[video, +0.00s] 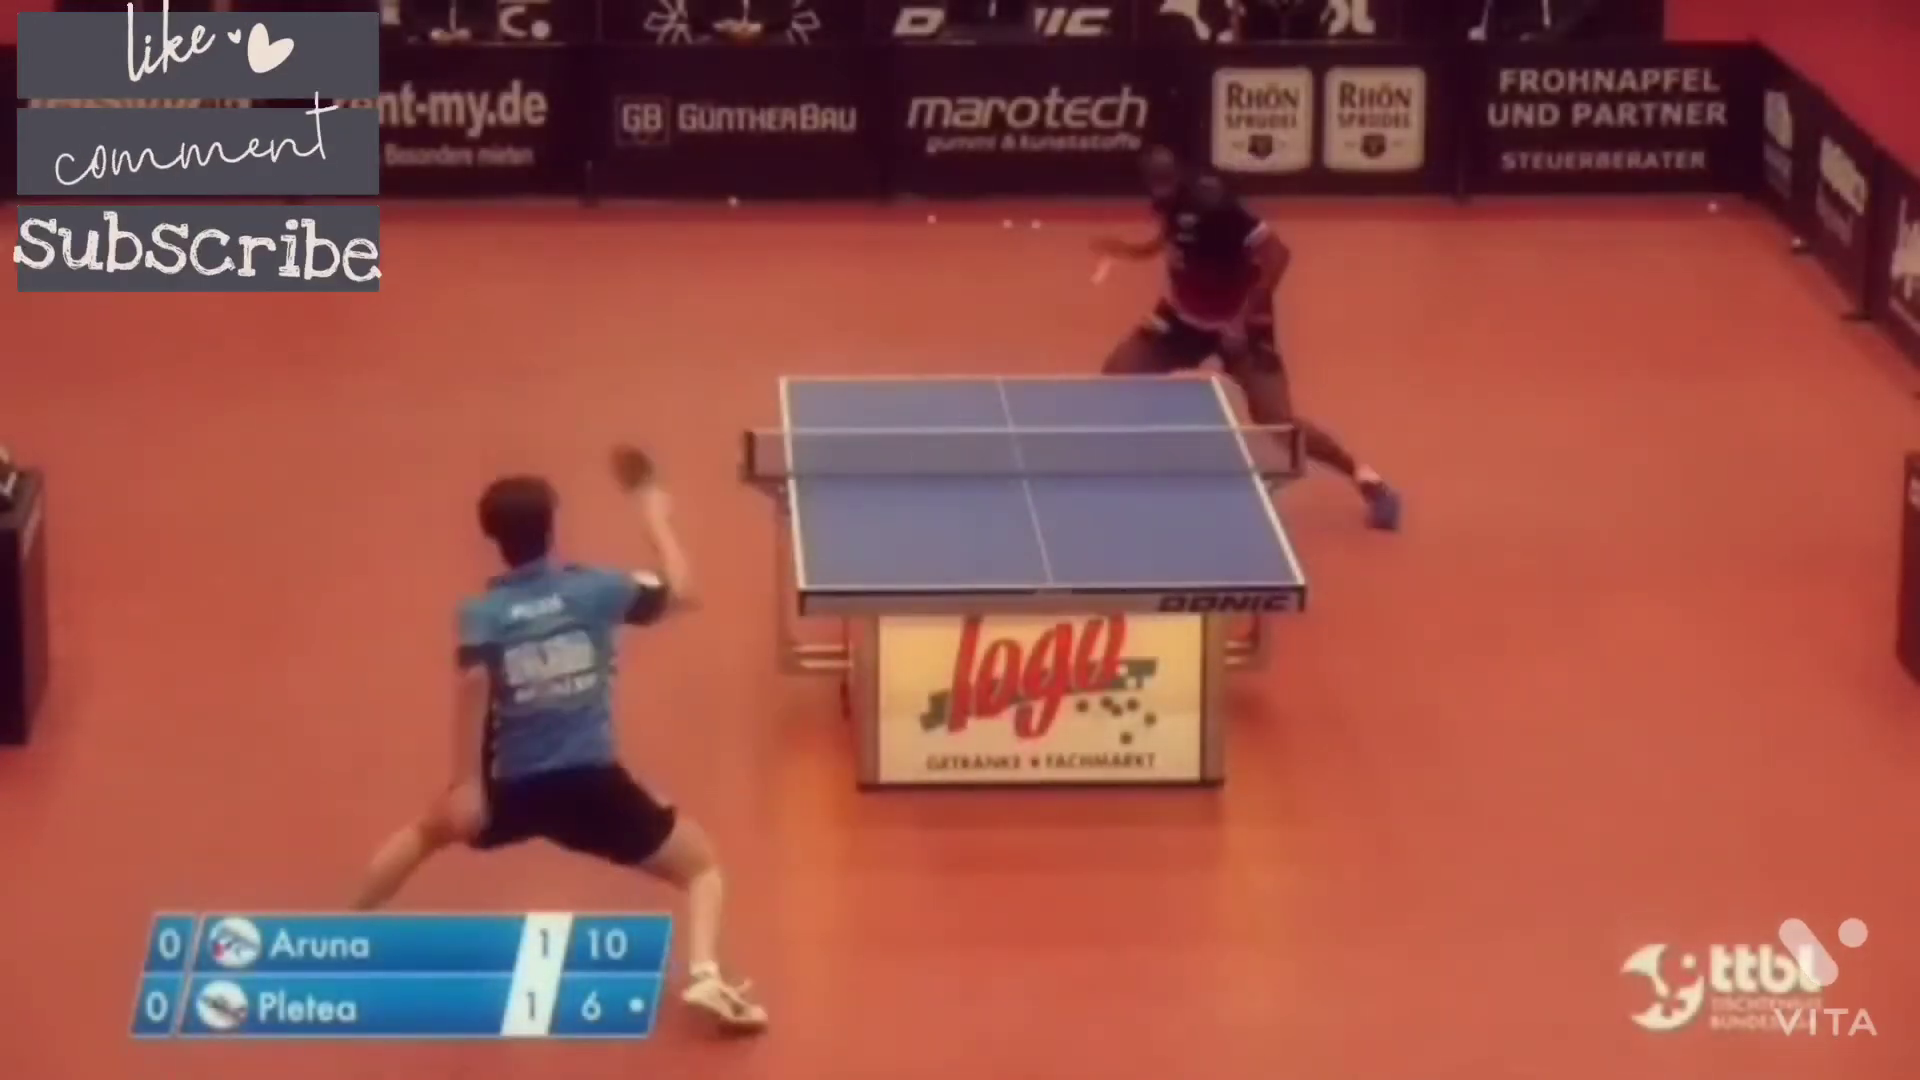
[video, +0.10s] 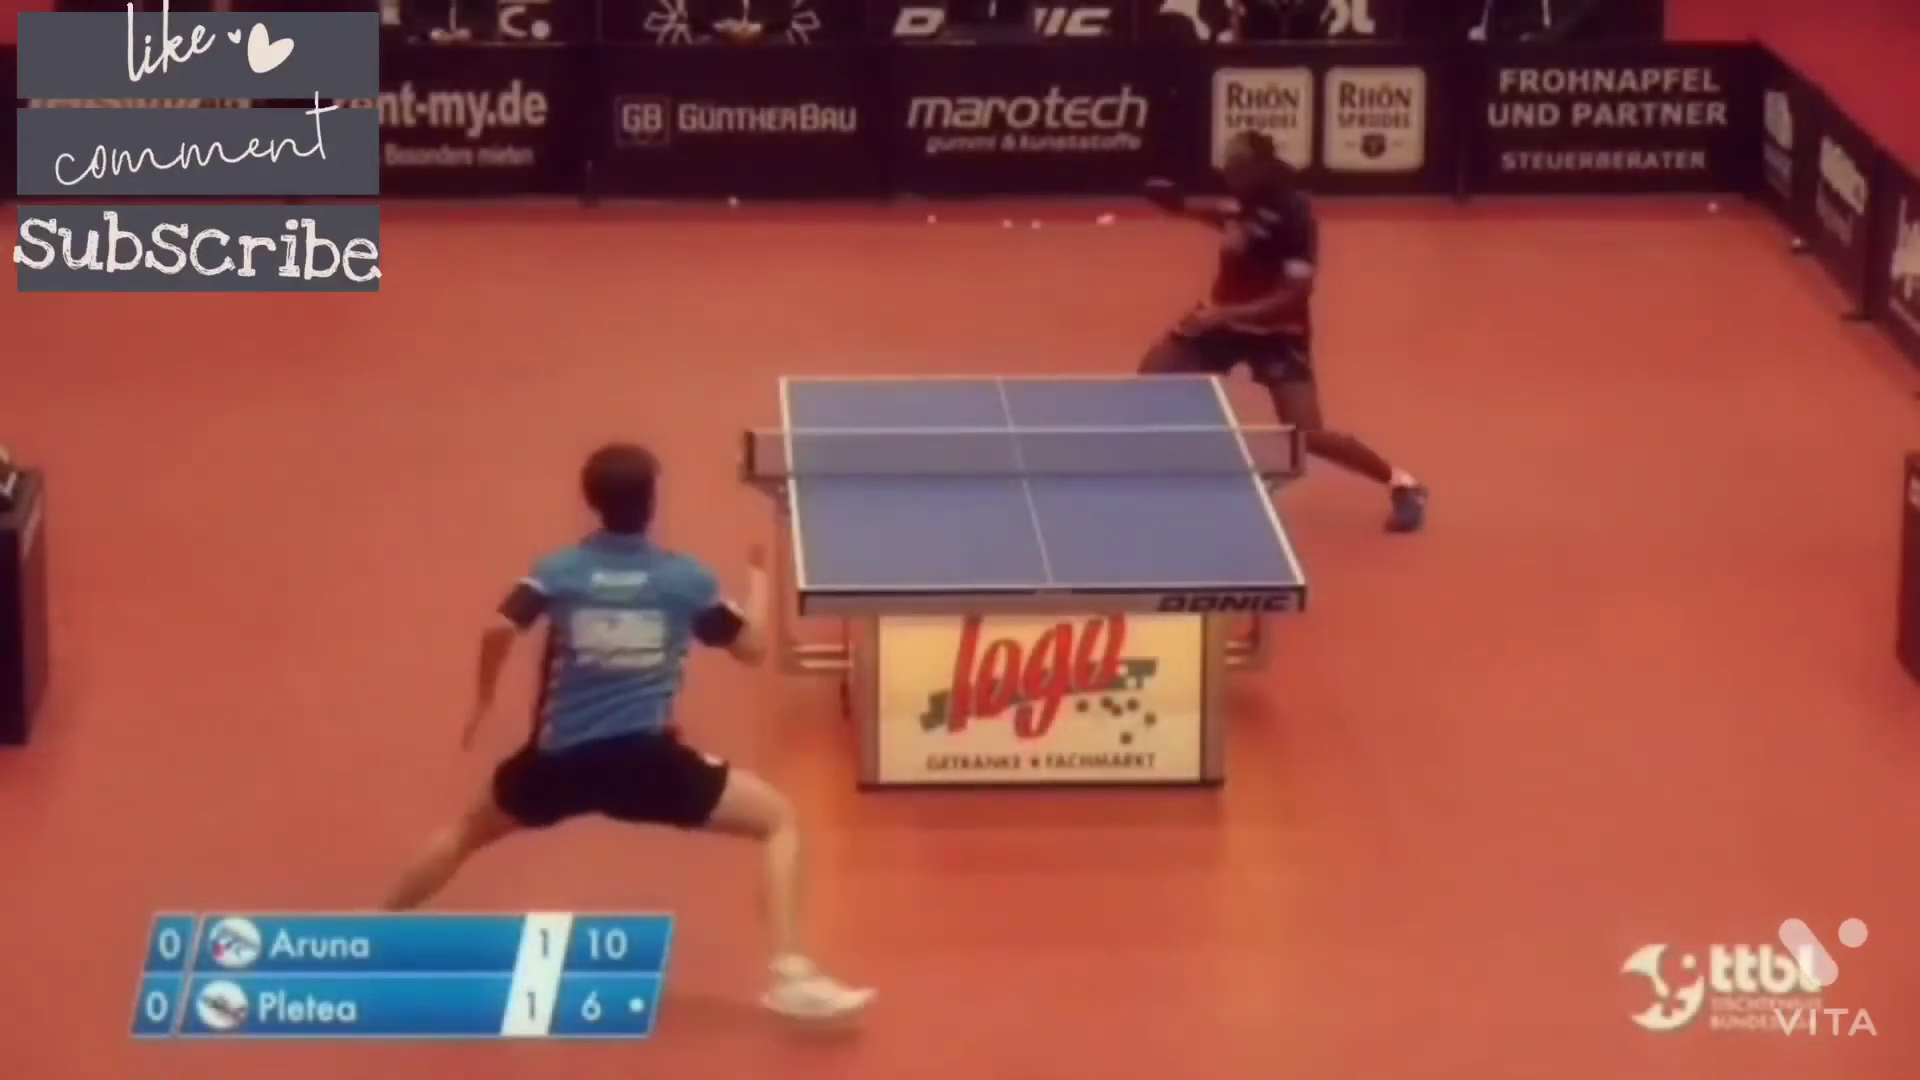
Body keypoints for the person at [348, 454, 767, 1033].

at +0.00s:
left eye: (498, 528)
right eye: (539, 518)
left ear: (494, 537)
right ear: (551, 525)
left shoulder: (481, 611)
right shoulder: (594, 588)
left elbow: (471, 698)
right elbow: (682, 592)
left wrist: (460, 784)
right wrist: (653, 509)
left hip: (515, 795)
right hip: (592, 788)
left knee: (426, 832)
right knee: (700, 869)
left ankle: (342, 928)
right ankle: (704, 975)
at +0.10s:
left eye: (607, 490)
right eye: (646, 489)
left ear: (592, 502)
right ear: (652, 501)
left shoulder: (561, 570)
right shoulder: (681, 578)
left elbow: (498, 631)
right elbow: (753, 647)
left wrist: (483, 702)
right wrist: (764, 584)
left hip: (558, 763)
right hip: (646, 763)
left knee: (466, 836)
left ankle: (372, 935)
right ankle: (790, 971)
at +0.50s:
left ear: (749, 516)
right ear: (808, 524)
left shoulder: (709, 570)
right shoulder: (829, 598)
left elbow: (624, 597)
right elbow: (894, 650)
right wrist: (844, 634)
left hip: (693, 763)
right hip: (777, 770)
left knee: (604, 836)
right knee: (883, 852)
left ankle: (549, 962)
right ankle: (923, 1003)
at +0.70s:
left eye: (725, 428)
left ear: (724, 436)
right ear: (784, 440)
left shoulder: (726, 485)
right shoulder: (796, 510)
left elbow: (723, 511)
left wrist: (654, 566)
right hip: (775, 694)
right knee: (854, 846)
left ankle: (526, 957)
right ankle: (927, 982)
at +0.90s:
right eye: (779, 476)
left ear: (719, 484)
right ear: (781, 486)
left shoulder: (694, 552)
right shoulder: (808, 562)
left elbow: (627, 596)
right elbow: (857, 619)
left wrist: (620, 648)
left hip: (699, 750)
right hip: (786, 750)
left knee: (603, 863)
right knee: (868, 856)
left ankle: (535, 990)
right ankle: (939, 986)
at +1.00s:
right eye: (798, 474)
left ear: (741, 481)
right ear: (802, 484)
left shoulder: (706, 547)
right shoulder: (829, 561)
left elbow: (633, 587)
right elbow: (884, 632)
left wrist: (652, 624)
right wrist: (882, 592)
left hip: (709, 745)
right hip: (800, 746)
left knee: (611, 834)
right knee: (892, 834)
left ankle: (547, 960)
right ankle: (943, 975)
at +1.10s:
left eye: (773, 468)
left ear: (774, 479)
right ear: (835, 484)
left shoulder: (730, 536)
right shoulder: (854, 566)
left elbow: (656, 582)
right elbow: (904, 644)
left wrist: (692, 604)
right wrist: (874, 609)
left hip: (716, 736)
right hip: (806, 740)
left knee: (626, 807)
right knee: (910, 812)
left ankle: (567, 938)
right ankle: (960, 958)